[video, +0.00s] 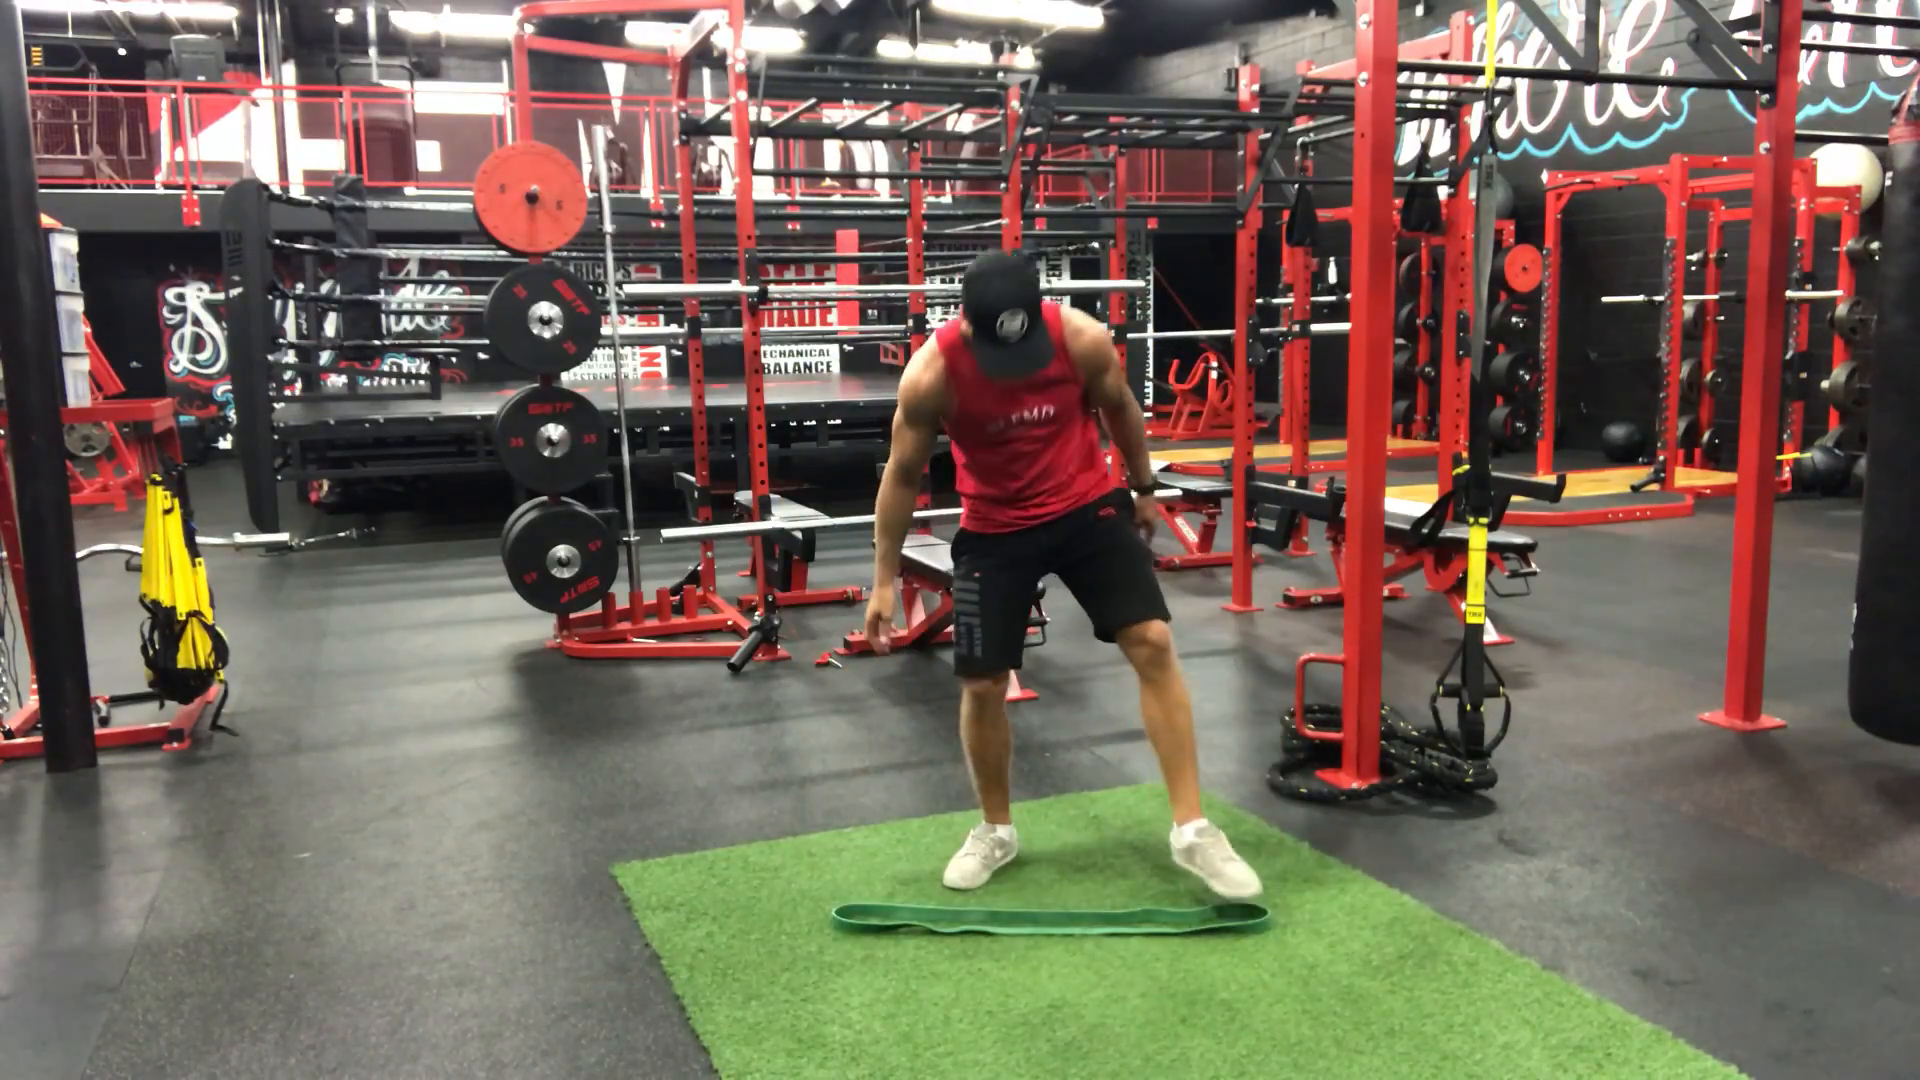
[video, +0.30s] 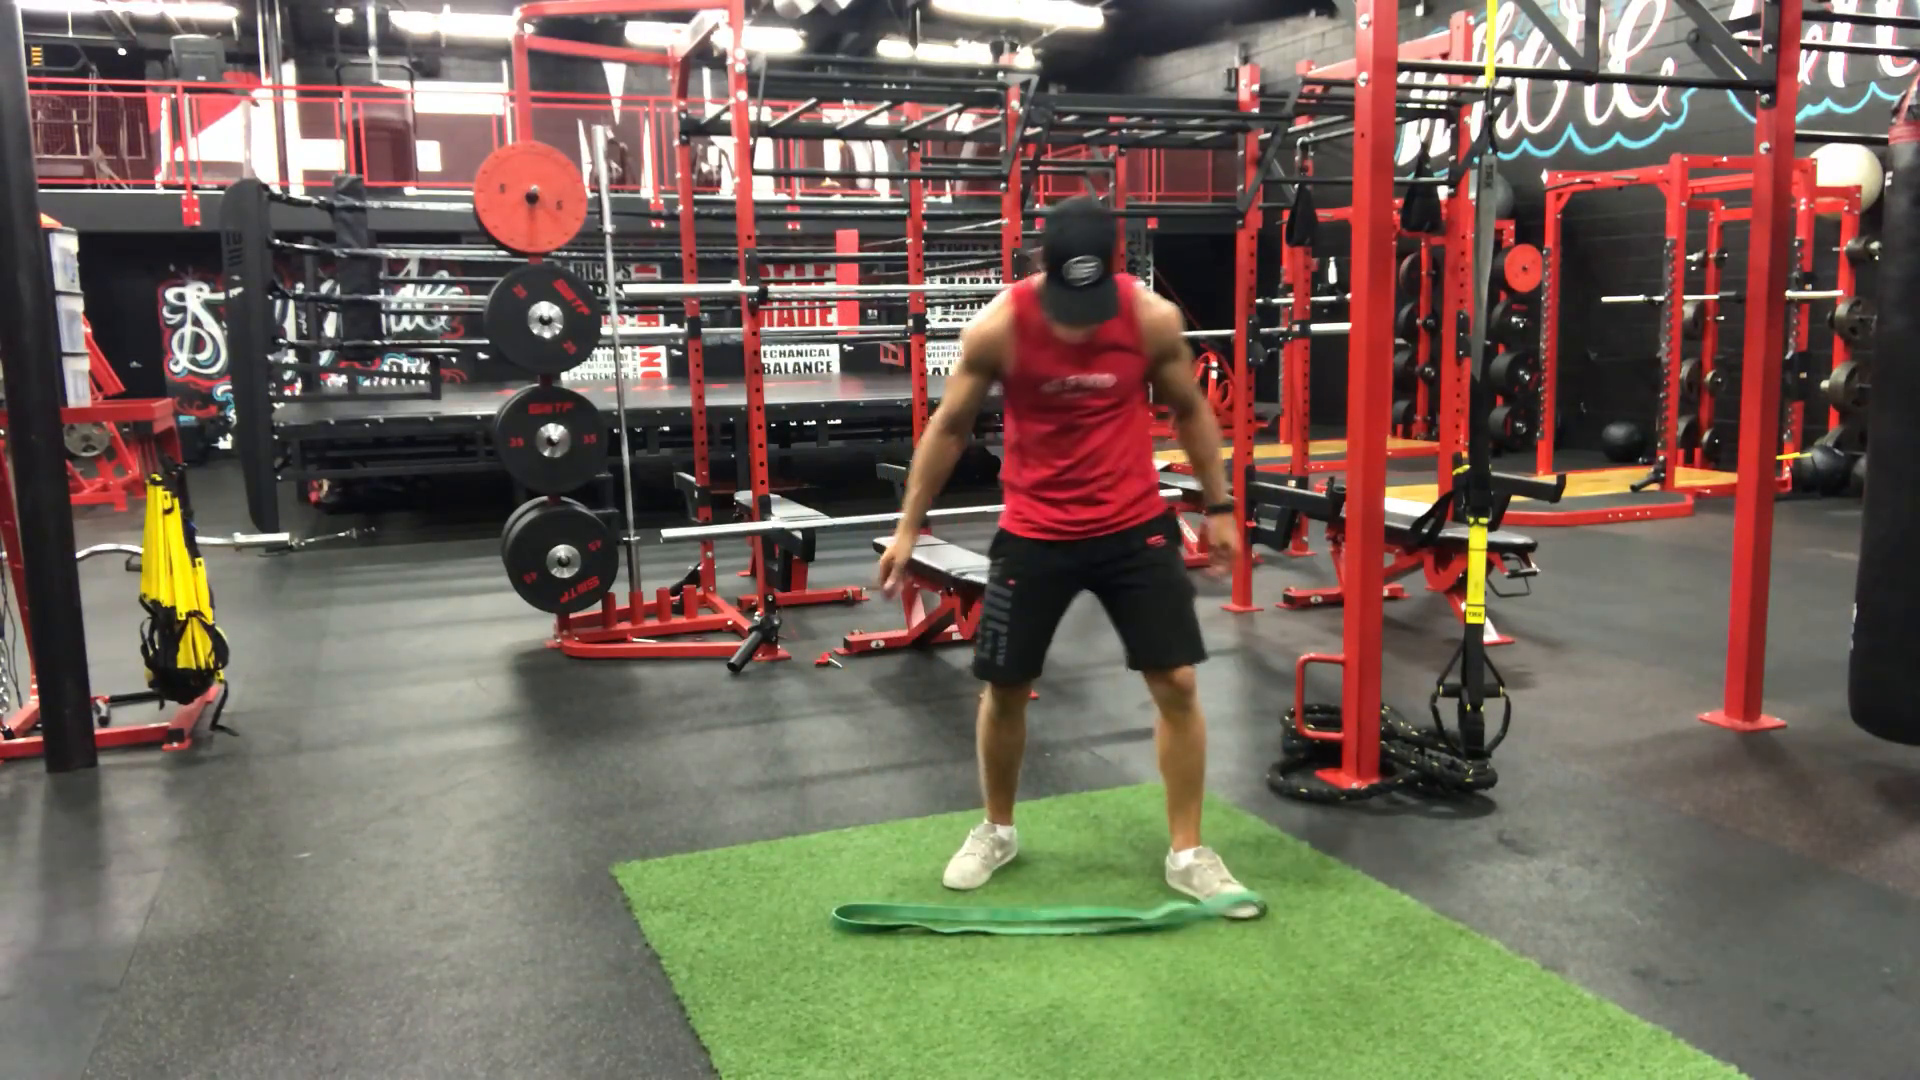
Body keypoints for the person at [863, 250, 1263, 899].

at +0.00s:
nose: (1013, 358)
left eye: (1023, 341)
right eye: (997, 347)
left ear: (1039, 314)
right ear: (968, 324)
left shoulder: (1085, 344)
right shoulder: (929, 377)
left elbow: (1121, 410)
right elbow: (901, 477)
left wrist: (1144, 490)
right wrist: (883, 579)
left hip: (1088, 513)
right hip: (994, 531)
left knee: (1153, 641)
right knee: (983, 683)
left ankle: (1192, 827)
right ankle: (995, 829)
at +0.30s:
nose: (1081, 314)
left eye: (1094, 298)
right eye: (1068, 298)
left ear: (1116, 271)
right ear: (1042, 271)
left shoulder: (1153, 320)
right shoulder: (997, 328)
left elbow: (1191, 409)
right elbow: (946, 427)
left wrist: (1219, 506)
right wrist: (906, 528)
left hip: (1134, 530)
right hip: (1034, 535)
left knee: (1178, 684)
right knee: (1002, 688)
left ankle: (1188, 850)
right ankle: (996, 831)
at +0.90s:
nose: (1153, 285)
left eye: (1170, 274)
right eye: (1144, 269)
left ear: (1202, 256)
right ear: (1130, 240)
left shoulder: (1235, 311)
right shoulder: (1079, 285)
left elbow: (1273, 414)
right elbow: (1020, 378)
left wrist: (1317, 514)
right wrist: (974, 478)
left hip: (1157, 527)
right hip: (1056, 517)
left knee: (1185, 687)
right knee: (989, 667)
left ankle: (1189, 854)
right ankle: (929, 825)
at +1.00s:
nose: (1137, 284)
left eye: (1153, 271)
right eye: (1127, 268)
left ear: (1184, 254)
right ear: (1111, 242)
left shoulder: (1216, 313)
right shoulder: (1061, 290)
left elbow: (1253, 412)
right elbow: (998, 383)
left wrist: (1298, 509)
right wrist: (949, 486)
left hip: (1145, 531)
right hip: (1044, 524)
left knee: (1179, 690)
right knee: (979, 674)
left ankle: (1189, 854)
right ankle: (912, 832)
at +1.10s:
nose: (1104, 293)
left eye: (1119, 280)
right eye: (1093, 276)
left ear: (1150, 257)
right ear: (1075, 246)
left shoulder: (1183, 314)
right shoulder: (1027, 300)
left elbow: (1218, 411)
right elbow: (967, 396)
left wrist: (1268, 506)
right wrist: (920, 501)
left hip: (1125, 537)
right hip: (1025, 535)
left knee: (1171, 689)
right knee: (962, 690)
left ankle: (1187, 854)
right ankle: (900, 846)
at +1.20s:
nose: (1065, 297)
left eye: (1081, 283)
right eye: (1054, 280)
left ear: (1110, 259)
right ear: (1034, 252)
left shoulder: (1140, 315)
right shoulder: (986, 311)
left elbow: (1176, 412)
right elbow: (929, 413)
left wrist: (1232, 505)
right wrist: (887, 519)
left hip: (1105, 544)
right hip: (1002, 549)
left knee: (1164, 696)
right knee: (948, 705)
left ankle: (1187, 855)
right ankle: (897, 853)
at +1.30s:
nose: (1026, 301)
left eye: (1040, 286)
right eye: (1014, 285)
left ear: (1067, 261)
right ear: (994, 259)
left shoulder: (1107, 314)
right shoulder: (950, 316)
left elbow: (1142, 407)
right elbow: (898, 422)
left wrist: (1194, 503)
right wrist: (859, 528)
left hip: (1087, 540)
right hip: (981, 549)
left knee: (1161, 695)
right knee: (932, 714)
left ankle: (1191, 849)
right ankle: (899, 858)